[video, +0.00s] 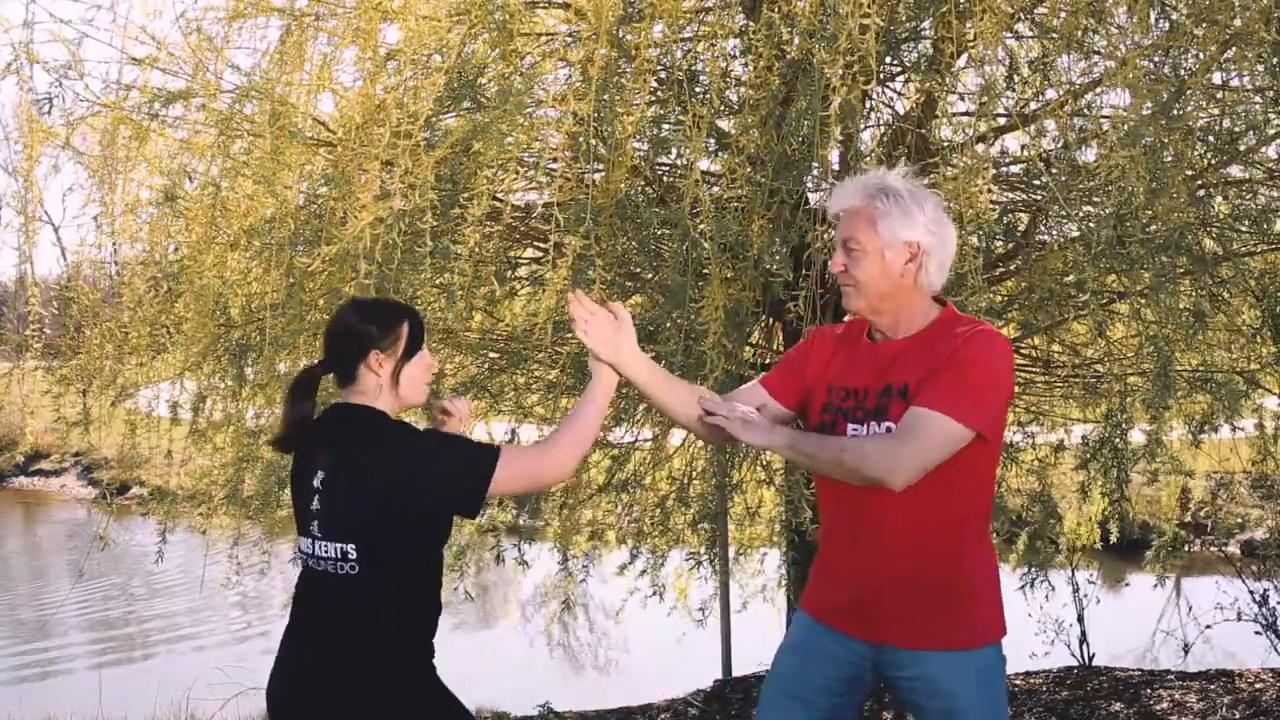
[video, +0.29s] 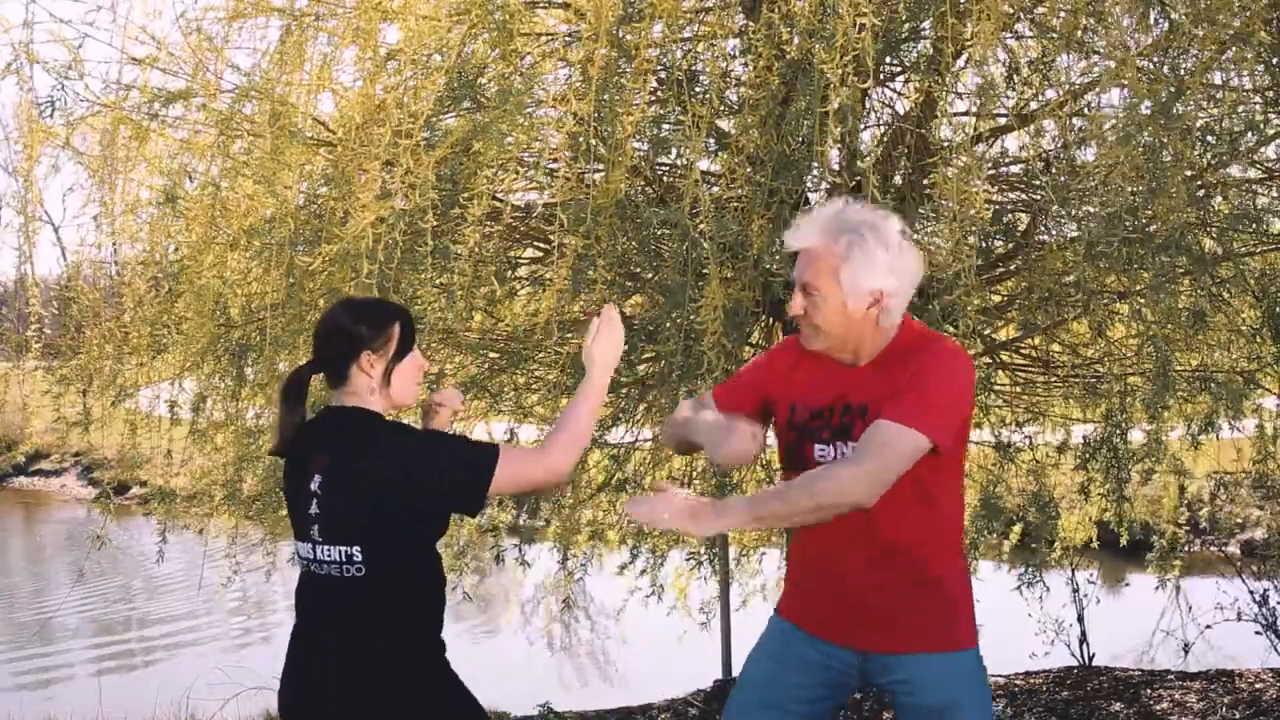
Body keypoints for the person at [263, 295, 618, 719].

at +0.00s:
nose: (433, 363)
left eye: (428, 352)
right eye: (422, 352)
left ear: (373, 364)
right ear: (379, 364)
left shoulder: (315, 440)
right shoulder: (414, 454)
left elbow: (381, 512)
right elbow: (554, 464)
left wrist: (443, 442)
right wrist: (606, 378)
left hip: (299, 685)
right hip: (390, 690)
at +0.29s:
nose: (423, 363)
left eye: (417, 349)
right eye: (412, 351)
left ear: (362, 364)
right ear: (370, 365)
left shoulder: (306, 445)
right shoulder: (407, 454)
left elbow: (389, 515)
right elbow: (553, 465)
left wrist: (431, 432)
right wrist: (600, 372)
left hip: (310, 685)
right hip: (401, 686)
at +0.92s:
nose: (435, 375)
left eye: (428, 364)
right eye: (422, 366)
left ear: (376, 391)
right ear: (383, 389)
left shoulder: (344, 463)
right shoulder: (433, 468)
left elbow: (446, 535)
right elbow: (548, 551)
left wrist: (467, 447)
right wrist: (617, 592)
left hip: (323, 695)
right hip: (412, 699)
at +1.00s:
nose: (441, 373)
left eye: (433, 363)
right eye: (430, 365)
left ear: (389, 389)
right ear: (393, 387)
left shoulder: (362, 460)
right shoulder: (445, 473)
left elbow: (499, 492)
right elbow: (548, 568)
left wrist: (524, 413)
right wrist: (598, 615)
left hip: (334, 694)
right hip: (420, 698)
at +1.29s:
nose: (434, 362)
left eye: (428, 348)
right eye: (423, 349)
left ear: (381, 369)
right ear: (386, 367)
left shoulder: (360, 444)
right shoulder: (442, 459)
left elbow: (503, 462)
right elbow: (555, 531)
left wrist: (562, 392)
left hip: (347, 688)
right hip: (431, 691)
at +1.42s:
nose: (431, 362)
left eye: (425, 347)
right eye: (420, 348)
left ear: (375, 362)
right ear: (380, 361)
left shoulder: (355, 437)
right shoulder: (428, 450)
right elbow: (541, 515)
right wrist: (549, 465)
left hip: (345, 684)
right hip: (427, 689)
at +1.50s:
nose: (430, 360)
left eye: (423, 346)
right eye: (419, 347)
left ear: (379, 360)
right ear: (381, 359)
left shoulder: (415, 419)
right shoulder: (408, 465)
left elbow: (516, 464)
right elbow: (530, 522)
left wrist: (574, 492)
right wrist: (568, 497)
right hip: (418, 693)